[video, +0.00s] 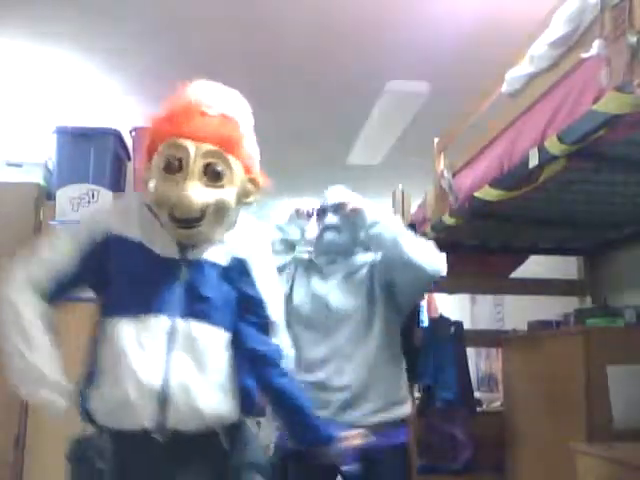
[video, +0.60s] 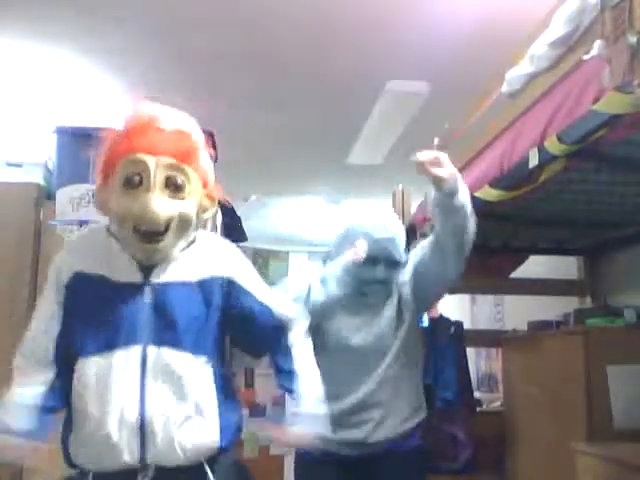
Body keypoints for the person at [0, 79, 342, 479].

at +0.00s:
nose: (188, 194)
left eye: (213, 174)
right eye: (173, 166)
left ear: (244, 190)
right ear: (149, 174)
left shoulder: (241, 252)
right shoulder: (113, 230)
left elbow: (265, 359)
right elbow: (21, 290)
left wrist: (319, 438)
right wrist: (54, 399)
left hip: (211, 452)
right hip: (121, 450)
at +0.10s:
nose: (188, 187)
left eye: (212, 169)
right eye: (173, 159)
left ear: (236, 182)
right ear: (144, 158)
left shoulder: (235, 242)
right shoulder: (98, 217)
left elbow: (252, 354)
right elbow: (13, 264)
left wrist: (293, 435)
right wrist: (17, 364)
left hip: (201, 446)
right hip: (107, 445)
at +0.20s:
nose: (184, 179)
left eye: (208, 162)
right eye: (167, 152)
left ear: (231, 171)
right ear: (139, 150)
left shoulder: (233, 226)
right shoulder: (94, 203)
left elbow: (247, 330)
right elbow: (11, 253)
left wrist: (241, 433)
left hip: (197, 441)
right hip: (97, 439)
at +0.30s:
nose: (165, 190)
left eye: (186, 166)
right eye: (143, 165)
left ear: (216, 174)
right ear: (116, 174)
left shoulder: (226, 238)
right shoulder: (92, 241)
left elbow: (277, 328)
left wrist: (211, 410)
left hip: (188, 459)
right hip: (97, 456)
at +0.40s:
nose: (155, 198)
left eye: (176, 175)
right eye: (134, 175)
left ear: (208, 186)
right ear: (108, 187)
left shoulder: (227, 250)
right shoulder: (88, 254)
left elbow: (289, 330)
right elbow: (22, 352)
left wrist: (233, 408)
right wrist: (8, 369)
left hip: (193, 467)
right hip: (97, 466)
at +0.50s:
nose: (149, 202)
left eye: (171, 181)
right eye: (132, 179)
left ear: (203, 194)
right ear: (105, 192)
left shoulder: (223, 258)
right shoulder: (84, 258)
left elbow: (293, 329)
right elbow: (36, 364)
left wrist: (266, 415)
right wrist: (5, 397)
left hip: (196, 468)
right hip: (98, 469)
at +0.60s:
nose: (152, 206)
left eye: (175, 185)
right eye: (134, 181)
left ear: (204, 202)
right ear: (104, 195)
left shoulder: (219, 263)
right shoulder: (78, 260)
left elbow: (286, 331)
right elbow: (41, 353)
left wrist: (306, 414)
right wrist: (22, 432)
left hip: (197, 464)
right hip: (100, 465)